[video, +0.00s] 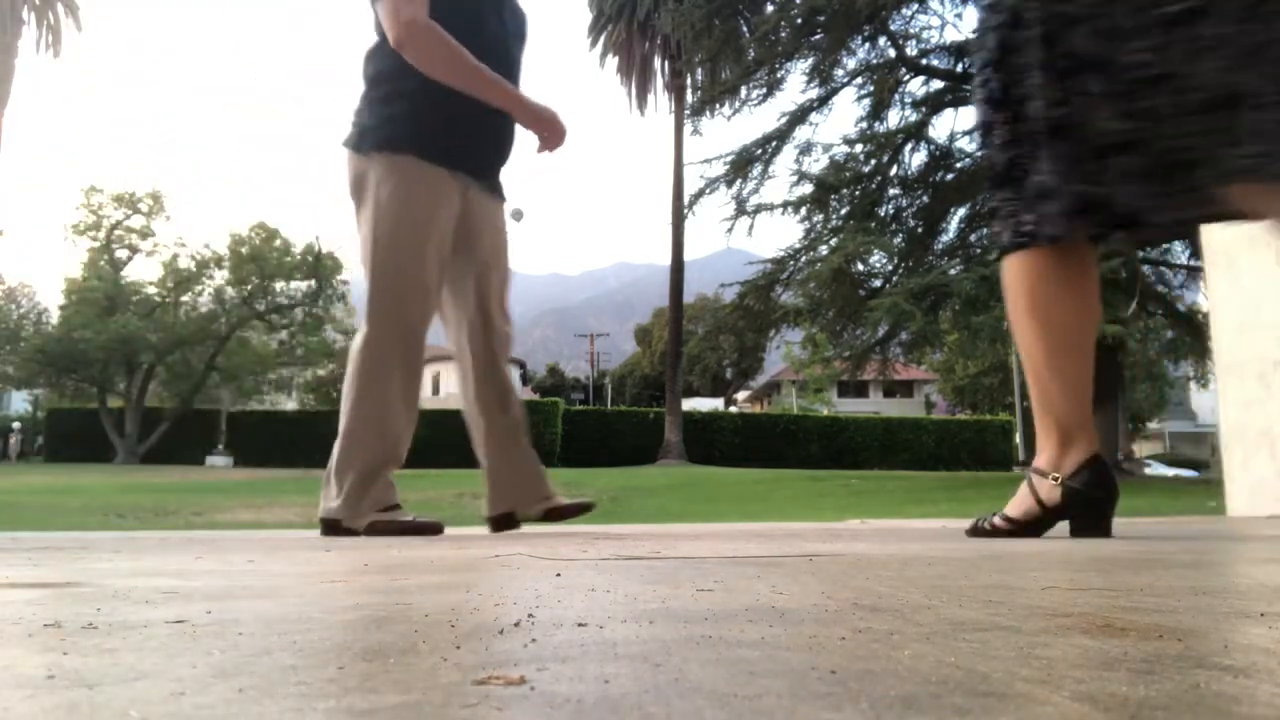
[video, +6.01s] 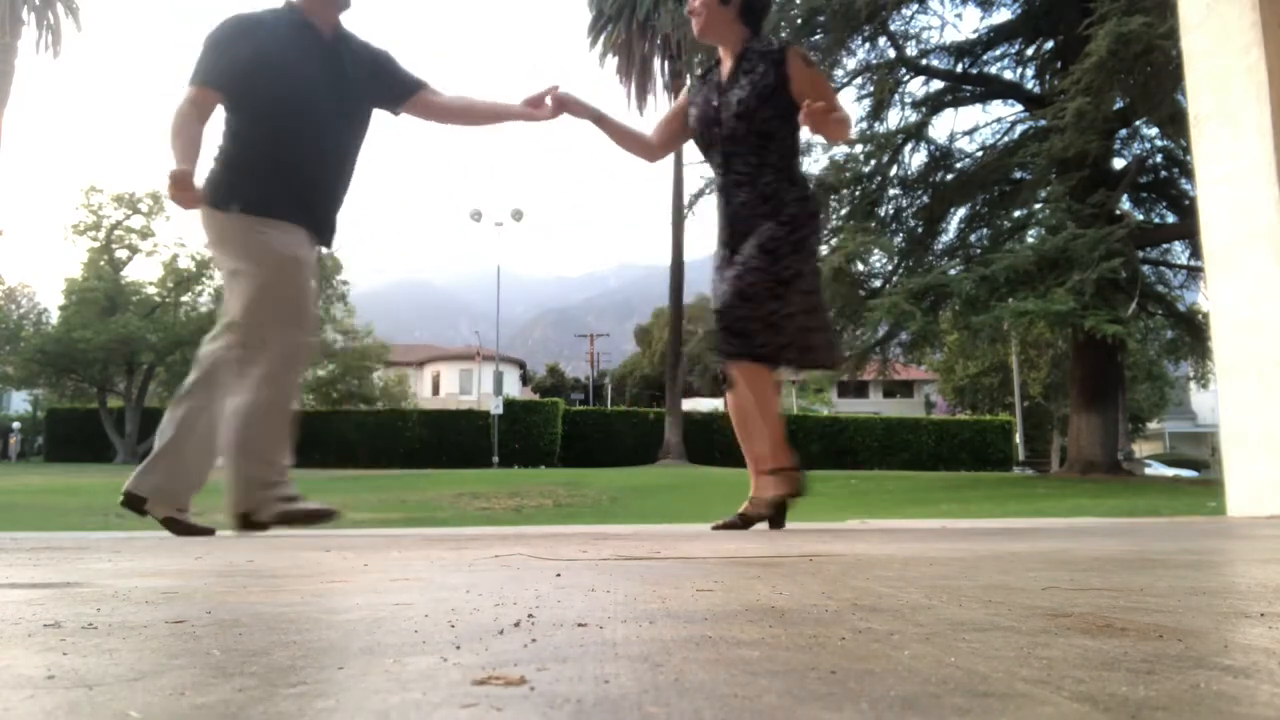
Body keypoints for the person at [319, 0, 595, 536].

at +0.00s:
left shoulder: (504, 10)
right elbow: (407, 31)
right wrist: (522, 106)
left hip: (476, 169)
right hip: (406, 152)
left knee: (485, 337)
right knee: (395, 326)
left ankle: (519, 494)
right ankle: (355, 502)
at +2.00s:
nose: (418, 1)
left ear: (434, 6)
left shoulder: (449, 93)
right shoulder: (348, 47)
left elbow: (471, 175)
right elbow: (305, 136)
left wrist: (518, 225)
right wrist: (294, 220)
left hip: (428, 252)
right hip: (352, 236)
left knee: (454, 378)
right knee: (331, 372)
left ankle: (480, 505)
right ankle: (303, 504)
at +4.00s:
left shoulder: (346, 28)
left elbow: (352, 123)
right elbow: (183, 38)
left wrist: (440, 154)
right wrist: (254, 69)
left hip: (312, 192)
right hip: (231, 172)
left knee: (337, 343)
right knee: (234, 341)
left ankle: (339, 504)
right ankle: (218, 505)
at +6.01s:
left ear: (342, 2)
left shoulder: (365, 61)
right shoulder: (249, 31)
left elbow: (436, 104)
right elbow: (194, 107)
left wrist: (521, 111)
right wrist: (184, 169)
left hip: (295, 228)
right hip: (245, 214)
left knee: (234, 353)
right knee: (284, 346)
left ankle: (159, 488)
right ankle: (260, 499)